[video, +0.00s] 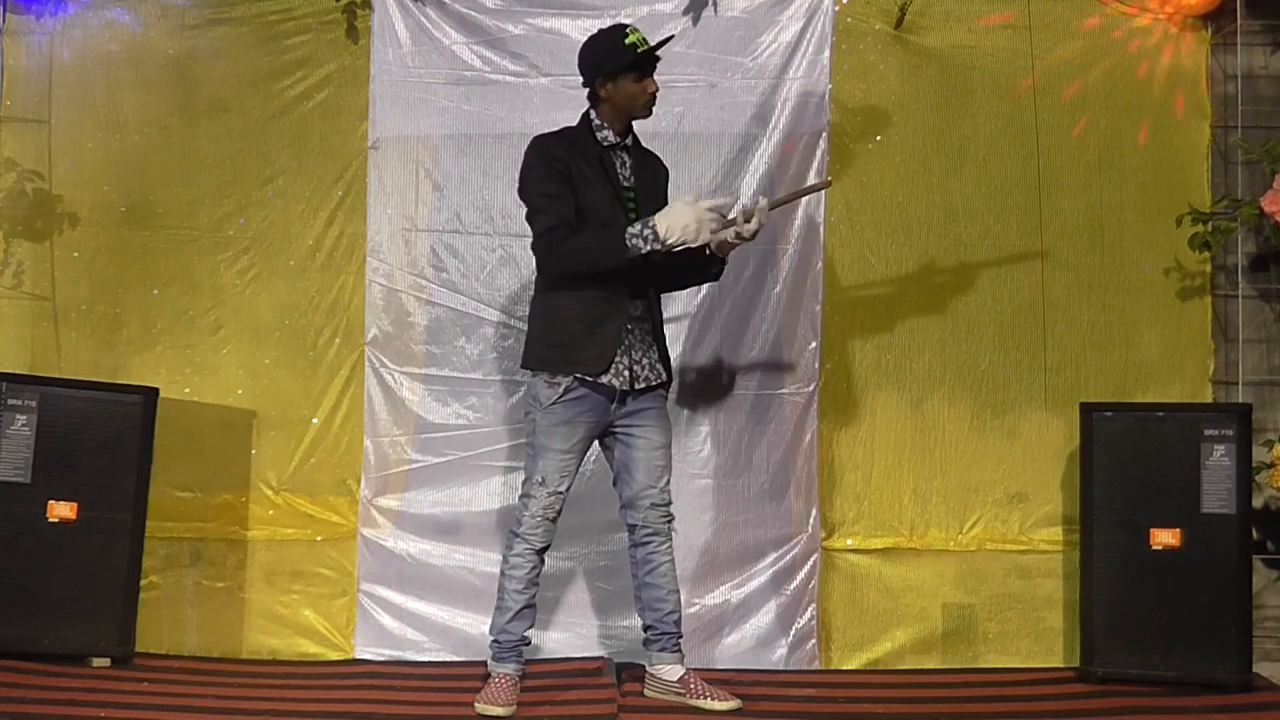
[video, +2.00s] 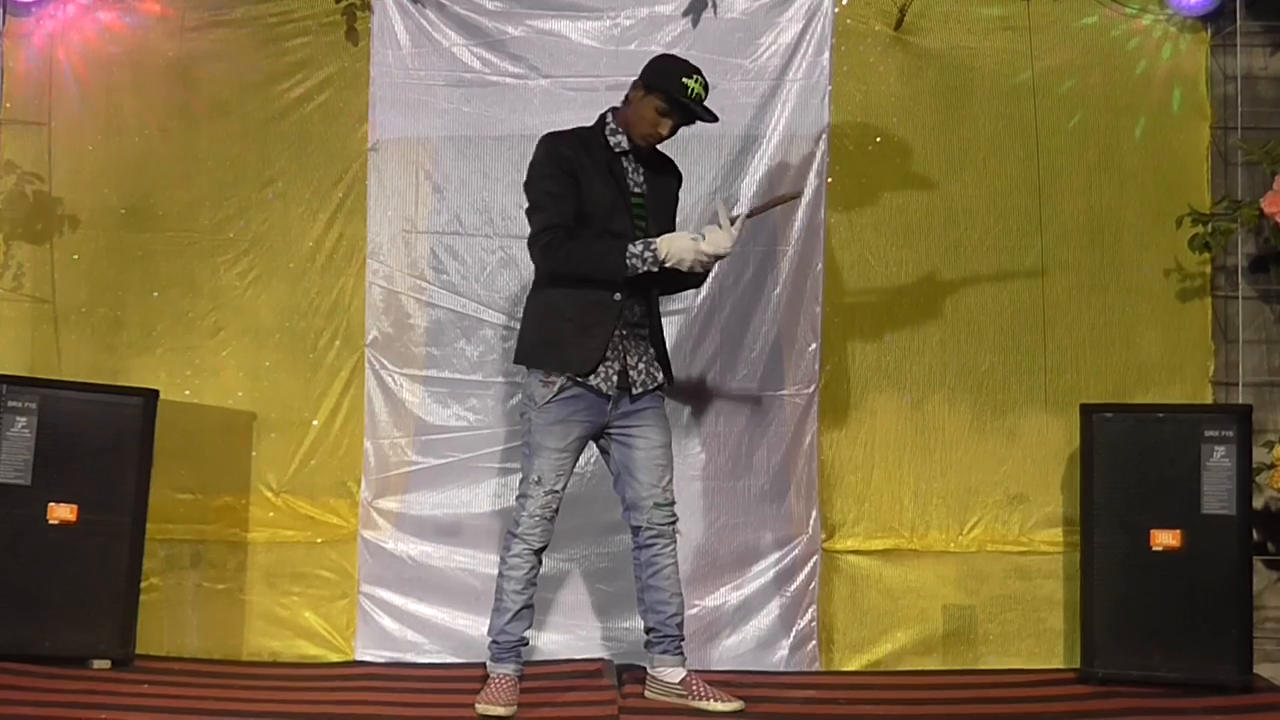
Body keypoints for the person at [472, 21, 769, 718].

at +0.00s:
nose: (656, 84)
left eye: (653, 73)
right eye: (644, 75)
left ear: (625, 84)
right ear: (608, 84)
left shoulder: (651, 170)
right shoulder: (550, 153)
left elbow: (649, 275)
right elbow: (558, 257)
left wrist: (715, 250)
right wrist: (651, 232)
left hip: (642, 375)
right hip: (567, 373)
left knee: (652, 519)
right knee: (536, 522)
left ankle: (665, 668)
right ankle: (505, 669)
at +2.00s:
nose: (670, 129)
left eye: (680, 121)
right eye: (666, 113)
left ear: (680, 120)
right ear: (636, 93)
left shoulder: (663, 175)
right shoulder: (562, 151)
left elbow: (647, 281)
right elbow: (552, 251)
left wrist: (699, 259)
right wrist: (652, 253)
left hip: (640, 376)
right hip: (565, 373)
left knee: (655, 519)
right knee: (533, 521)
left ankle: (667, 672)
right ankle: (503, 670)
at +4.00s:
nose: (660, 117)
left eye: (665, 106)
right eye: (652, 103)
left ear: (655, 106)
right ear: (614, 91)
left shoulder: (651, 167)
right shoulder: (546, 153)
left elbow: (646, 270)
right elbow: (537, 252)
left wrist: (694, 252)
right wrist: (622, 210)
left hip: (638, 374)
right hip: (562, 373)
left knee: (654, 519)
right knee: (532, 523)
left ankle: (666, 670)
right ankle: (503, 670)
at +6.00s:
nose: (656, 118)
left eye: (665, 107)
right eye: (645, 104)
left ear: (672, 106)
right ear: (615, 97)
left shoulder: (669, 173)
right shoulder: (560, 152)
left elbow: (660, 279)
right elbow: (516, 230)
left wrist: (682, 248)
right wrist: (618, 221)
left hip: (648, 381)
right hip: (569, 376)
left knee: (681, 514)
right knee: (536, 524)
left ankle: (668, 671)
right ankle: (503, 670)